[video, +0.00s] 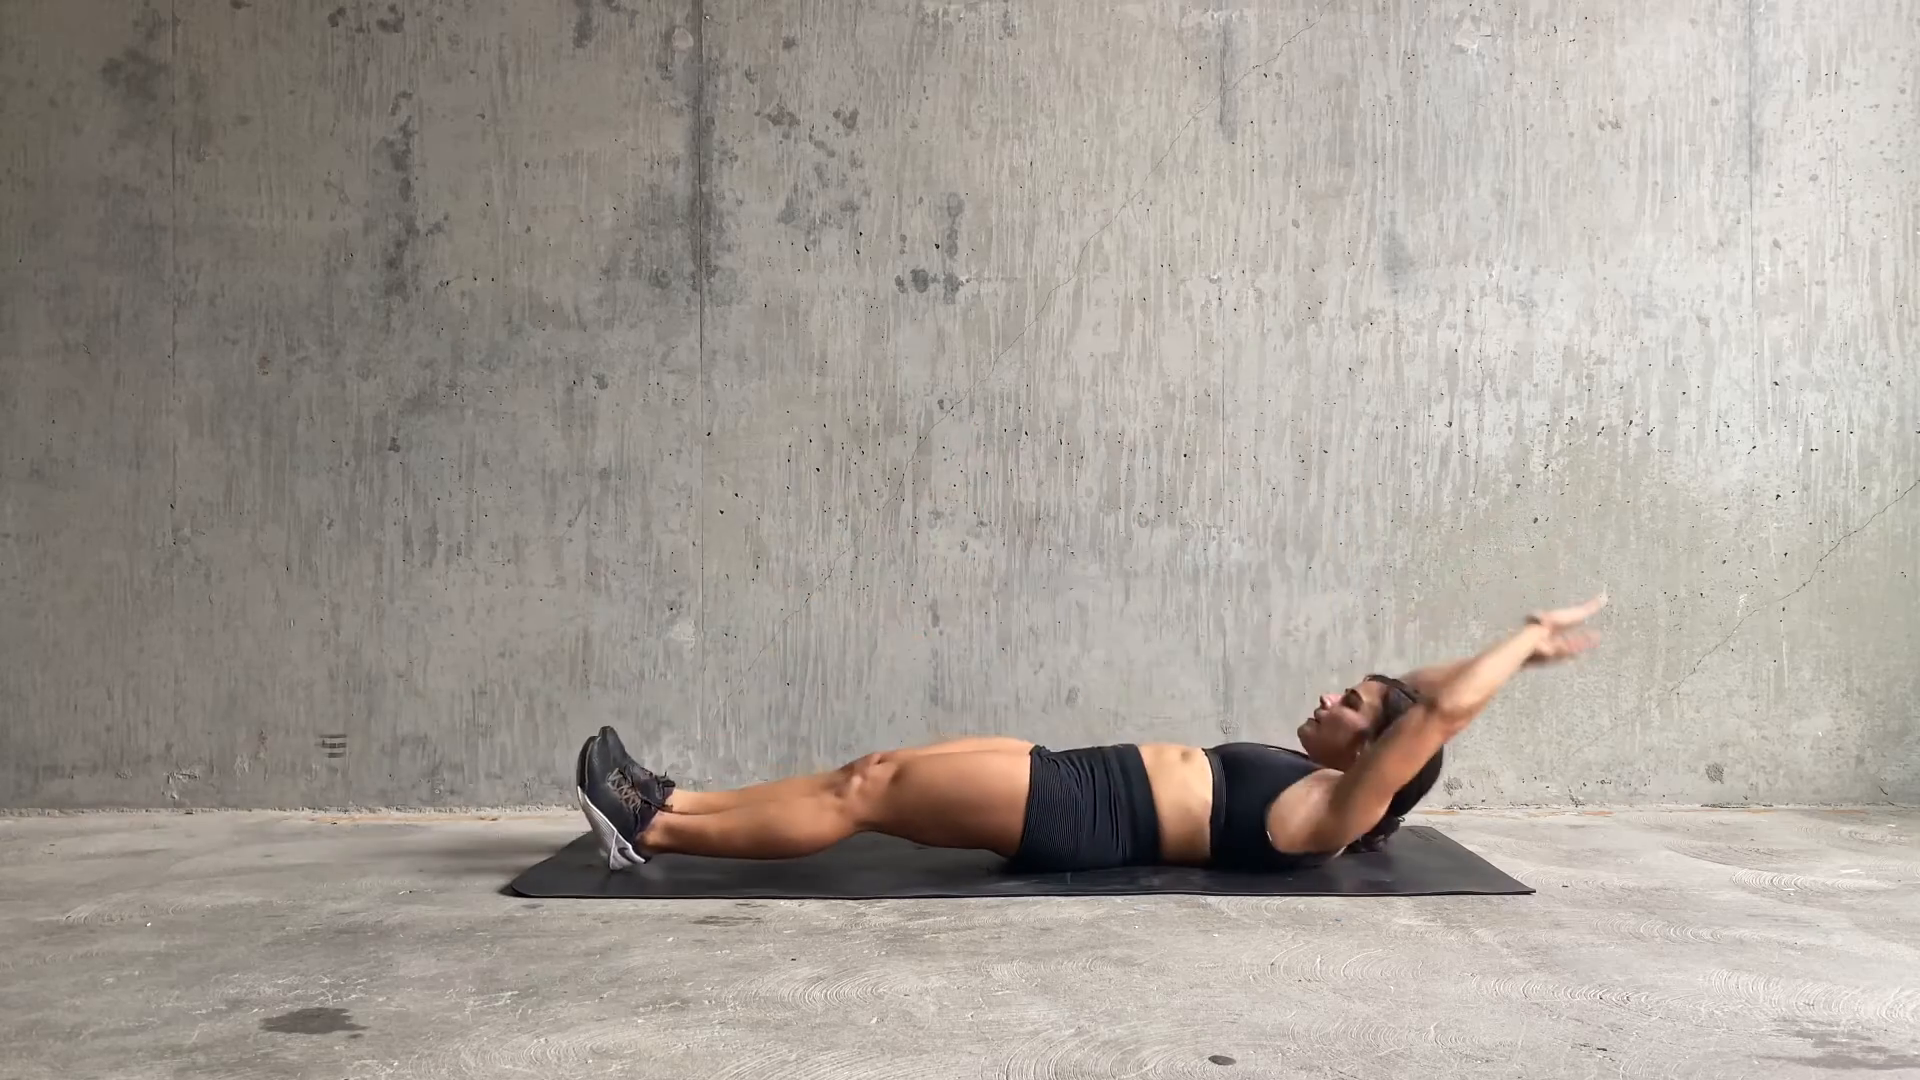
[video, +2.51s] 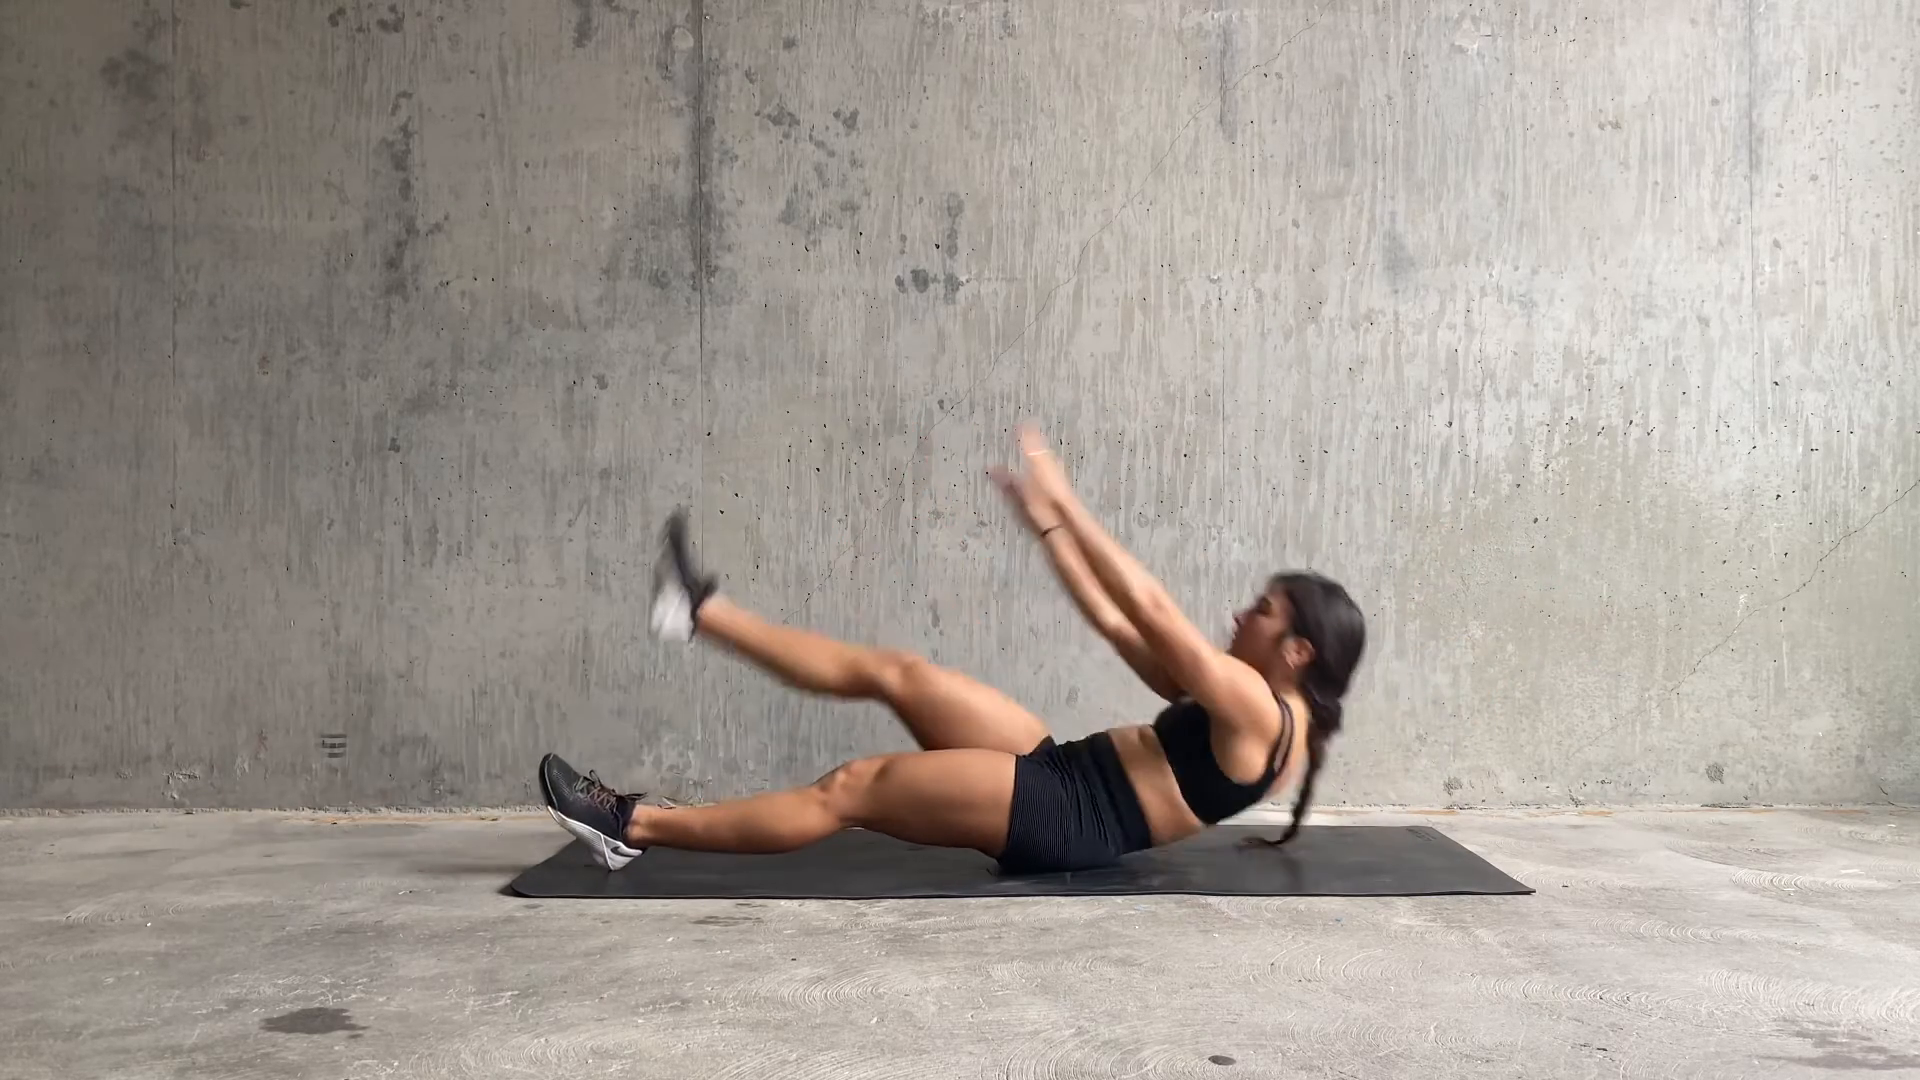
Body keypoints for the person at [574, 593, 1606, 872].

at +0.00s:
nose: (1336, 698)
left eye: (1356, 702)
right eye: (1350, 691)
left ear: (1373, 750)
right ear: (1344, 728)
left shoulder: (1322, 814)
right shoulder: (1308, 784)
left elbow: (1435, 714)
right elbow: (1428, 712)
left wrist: (1531, 646)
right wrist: (1517, 649)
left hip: (1087, 806)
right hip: (1086, 782)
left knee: (870, 789)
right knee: (871, 776)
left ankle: (652, 842)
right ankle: (666, 809)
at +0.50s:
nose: (1195, 581)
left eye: (1212, 576)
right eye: (1204, 570)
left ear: (1249, 611)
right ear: (1237, 608)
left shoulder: (1228, 685)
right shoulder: (1199, 655)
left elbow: (1090, 644)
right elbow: (1081, 608)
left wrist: (966, 581)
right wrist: (973, 528)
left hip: (1070, 818)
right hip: (1051, 796)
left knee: (938, 648)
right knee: (851, 767)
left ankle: (768, 512)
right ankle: (649, 810)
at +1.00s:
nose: (1238, 627)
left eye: (1259, 624)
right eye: (1250, 615)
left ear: (1300, 656)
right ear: (1296, 658)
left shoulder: (1261, 710)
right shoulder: (1260, 713)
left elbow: (1161, 621)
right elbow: (1164, 621)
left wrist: (1093, 503)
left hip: (1072, 810)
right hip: (1061, 800)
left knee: (886, 703)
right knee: (857, 776)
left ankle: (678, 646)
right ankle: (654, 809)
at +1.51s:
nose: (1344, 707)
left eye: (1366, 711)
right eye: (1359, 699)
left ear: (1380, 757)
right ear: (1352, 727)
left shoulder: (1325, 818)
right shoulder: (1313, 781)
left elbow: (1441, 727)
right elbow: (1422, 707)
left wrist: (1541, 650)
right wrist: (1512, 646)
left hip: (1088, 806)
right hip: (1091, 784)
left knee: (872, 786)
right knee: (875, 781)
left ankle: (662, 822)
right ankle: (671, 820)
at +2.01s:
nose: (1175, 567)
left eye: (1193, 562)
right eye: (1190, 556)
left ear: (1229, 594)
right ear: (1237, 598)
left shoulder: (1189, 654)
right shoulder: (1226, 660)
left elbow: (1053, 581)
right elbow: (1073, 645)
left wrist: (956, 498)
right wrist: (995, 619)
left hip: (1059, 812)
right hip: (1058, 768)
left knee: (843, 772)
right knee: (952, 613)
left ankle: (627, 823)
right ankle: (814, 473)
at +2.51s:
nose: (1243, 620)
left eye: (1263, 619)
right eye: (1255, 610)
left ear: (1298, 654)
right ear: (1290, 647)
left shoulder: (1258, 706)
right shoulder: (1242, 697)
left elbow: (1151, 615)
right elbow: (1119, 627)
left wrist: (1067, 504)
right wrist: (1041, 529)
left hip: (1068, 812)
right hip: (1066, 773)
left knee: (852, 790)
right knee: (893, 674)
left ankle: (635, 827)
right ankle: (701, 610)